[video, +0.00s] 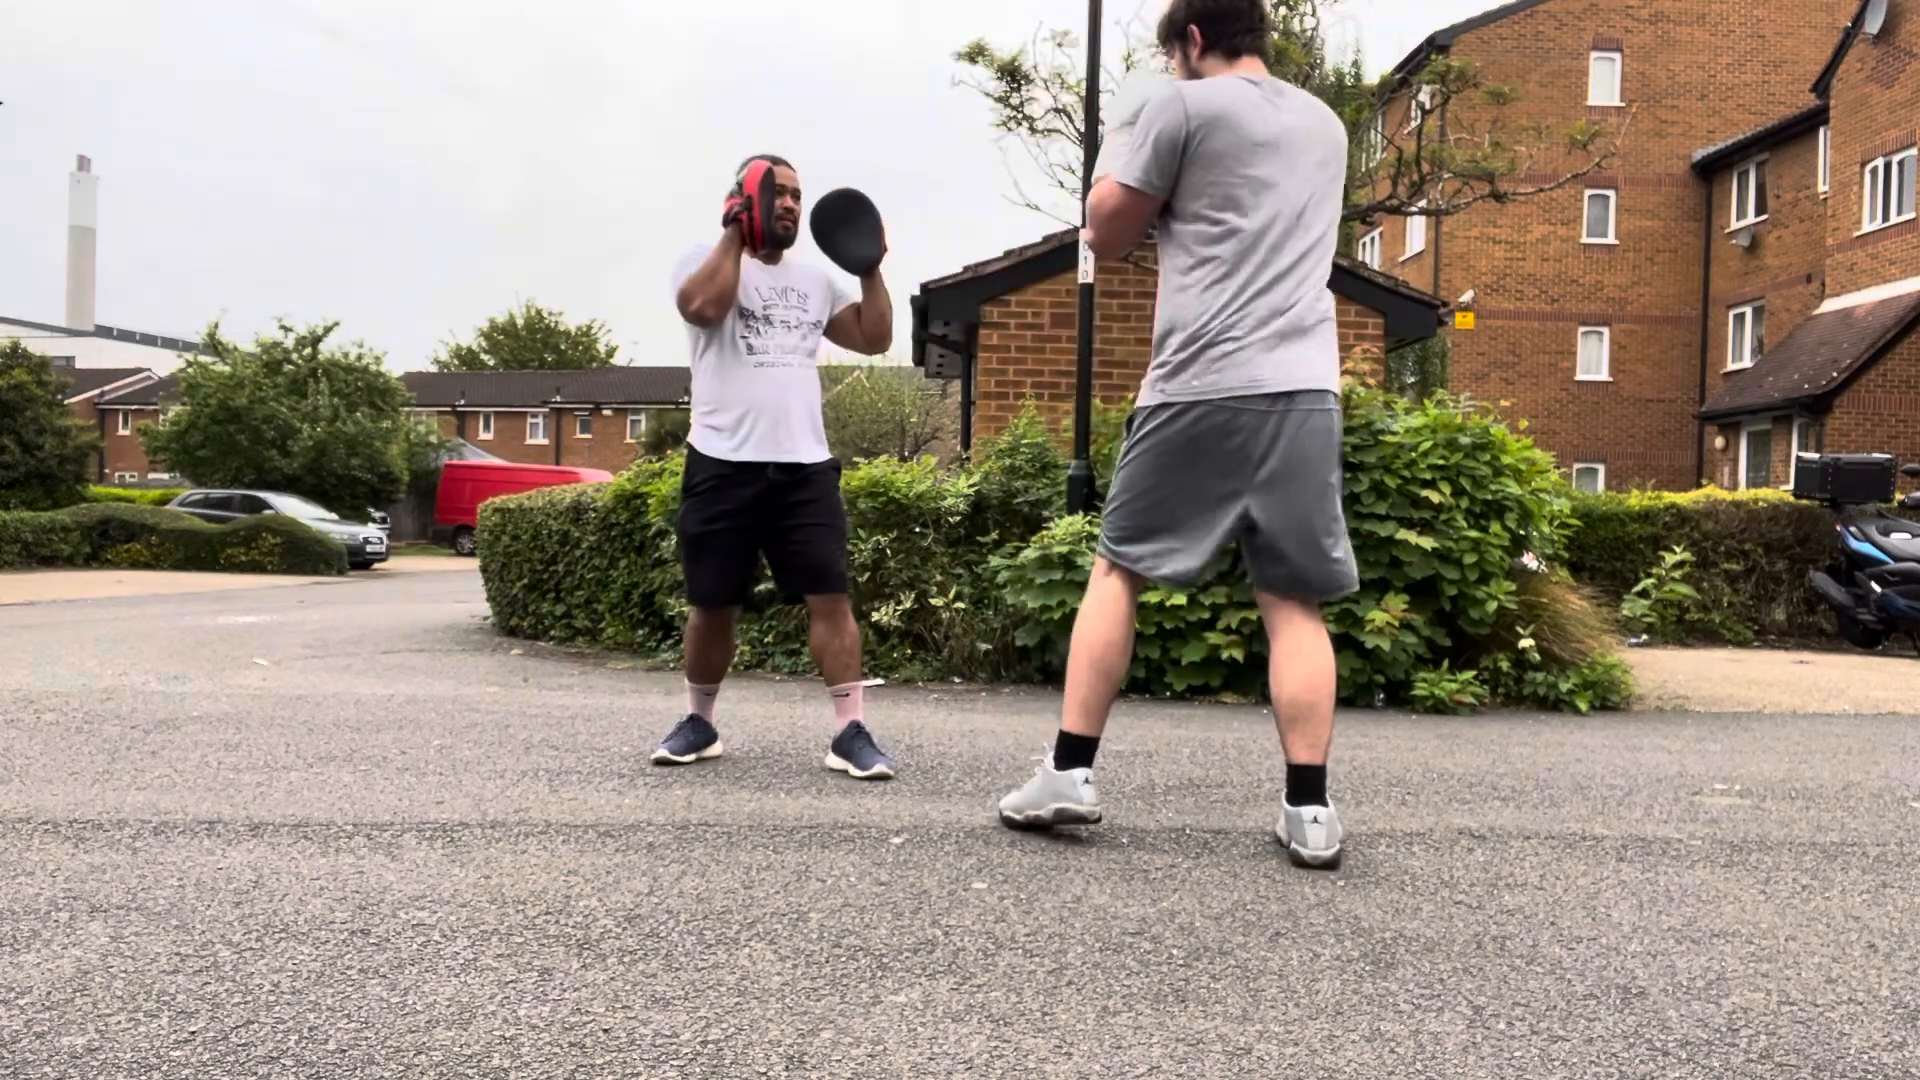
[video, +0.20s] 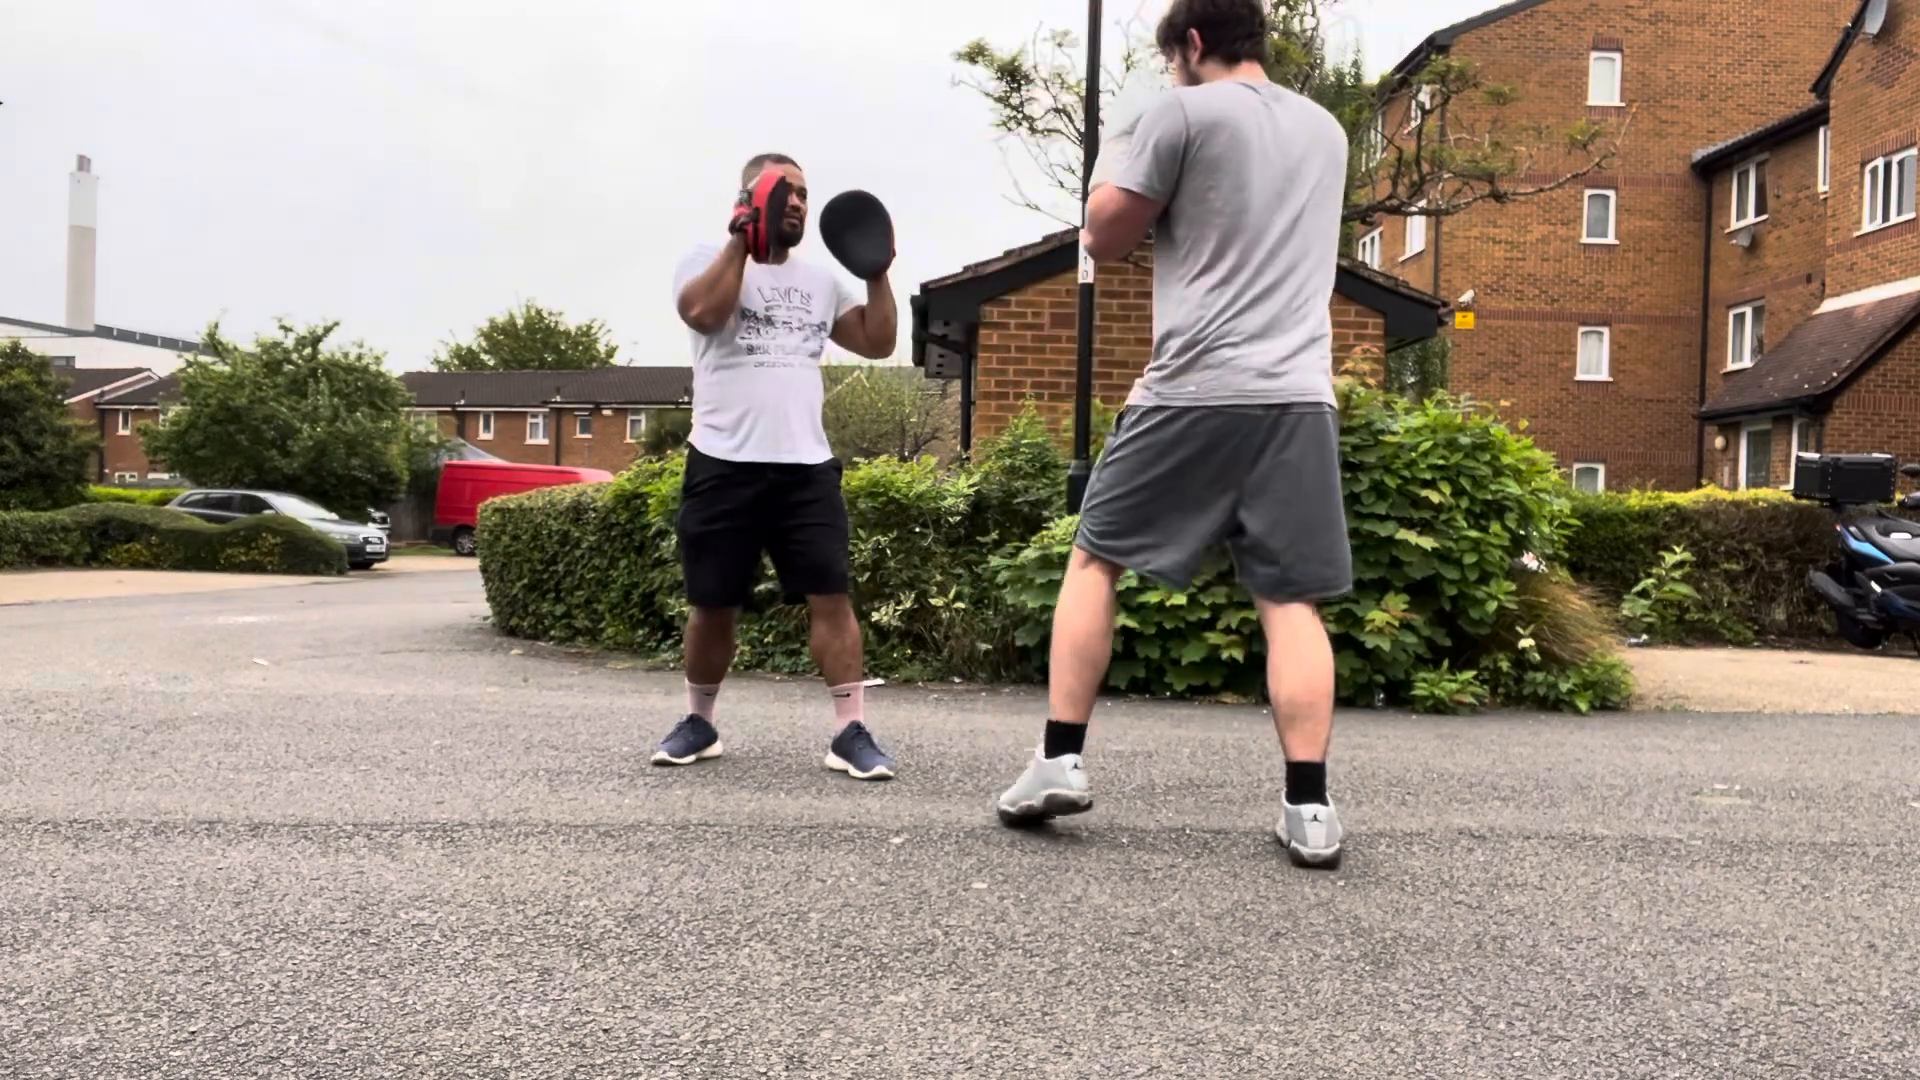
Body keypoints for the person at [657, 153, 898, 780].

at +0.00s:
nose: (789, 203)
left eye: (796, 195)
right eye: (777, 192)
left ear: (801, 209)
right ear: (743, 202)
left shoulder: (814, 279)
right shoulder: (704, 264)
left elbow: (874, 338)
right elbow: (704, 307)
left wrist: (872, 268)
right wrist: (732, 231)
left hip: (805, 464)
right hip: (722, 463)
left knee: (830, 592)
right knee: (710, 601)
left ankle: (851, 728)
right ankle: (699, 722)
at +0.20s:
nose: (795, 203)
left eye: (802, 195)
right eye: (783, 192)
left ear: (807, 210)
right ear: (746, 202)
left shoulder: (820, 277)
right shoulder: (708, 261)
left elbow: (878, 342)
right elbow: (704, 314)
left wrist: (878, 276)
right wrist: (740, 239)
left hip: (807, 464)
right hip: (722, 463)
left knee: (831, 592)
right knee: (710, 601)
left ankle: (851, 728)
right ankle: (699, 722)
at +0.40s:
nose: (794, 198)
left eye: (800, 190)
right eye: (779, 188)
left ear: (806, 204)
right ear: (745, 199)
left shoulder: (823, 273)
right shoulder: (706, 265)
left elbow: (888, 333)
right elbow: (694, 325)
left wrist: (888, 267)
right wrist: (732, 248)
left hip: (809, 465)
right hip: (724, 465)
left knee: (836, 590)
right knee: (710, 602)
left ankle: (850, 728)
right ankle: (699, 721)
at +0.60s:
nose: (794, 191)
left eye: (800, 182)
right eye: (778, 181)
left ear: (808, 198)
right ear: (744, 195)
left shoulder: (829, 270)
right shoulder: (708, 264)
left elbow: (899, 313)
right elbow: (689, 332)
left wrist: (907, 240)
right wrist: (726, 255)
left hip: (817, 462)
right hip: (730, 462)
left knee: (844, 587)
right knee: (714, 601)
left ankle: (852, 728)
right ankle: (699, 721)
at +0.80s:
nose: (810, 196)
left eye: (815, 188)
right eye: (797, 185)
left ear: (821, 204)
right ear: (765, 197)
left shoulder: (829, 282)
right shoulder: (726, 260)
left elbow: (869, 365)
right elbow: (730, 294)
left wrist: (905, 317)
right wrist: (757, 214)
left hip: (819, 462)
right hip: (736, 461)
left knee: (857, 579)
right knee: (719, 601)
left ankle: (868, 720)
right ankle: (699, 720)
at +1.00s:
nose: (828, 194)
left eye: (834, 187)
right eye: (813, 184)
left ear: (843, 201)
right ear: (778, 198)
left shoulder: (858, 278)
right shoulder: (743, 261)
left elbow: (907, 358)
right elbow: (719, 314)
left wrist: (926, 297)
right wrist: (780, 254)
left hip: (838, 464)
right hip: (753, 461)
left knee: (871, 592)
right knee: (727, 603)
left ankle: (890, 729)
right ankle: (700, 721)